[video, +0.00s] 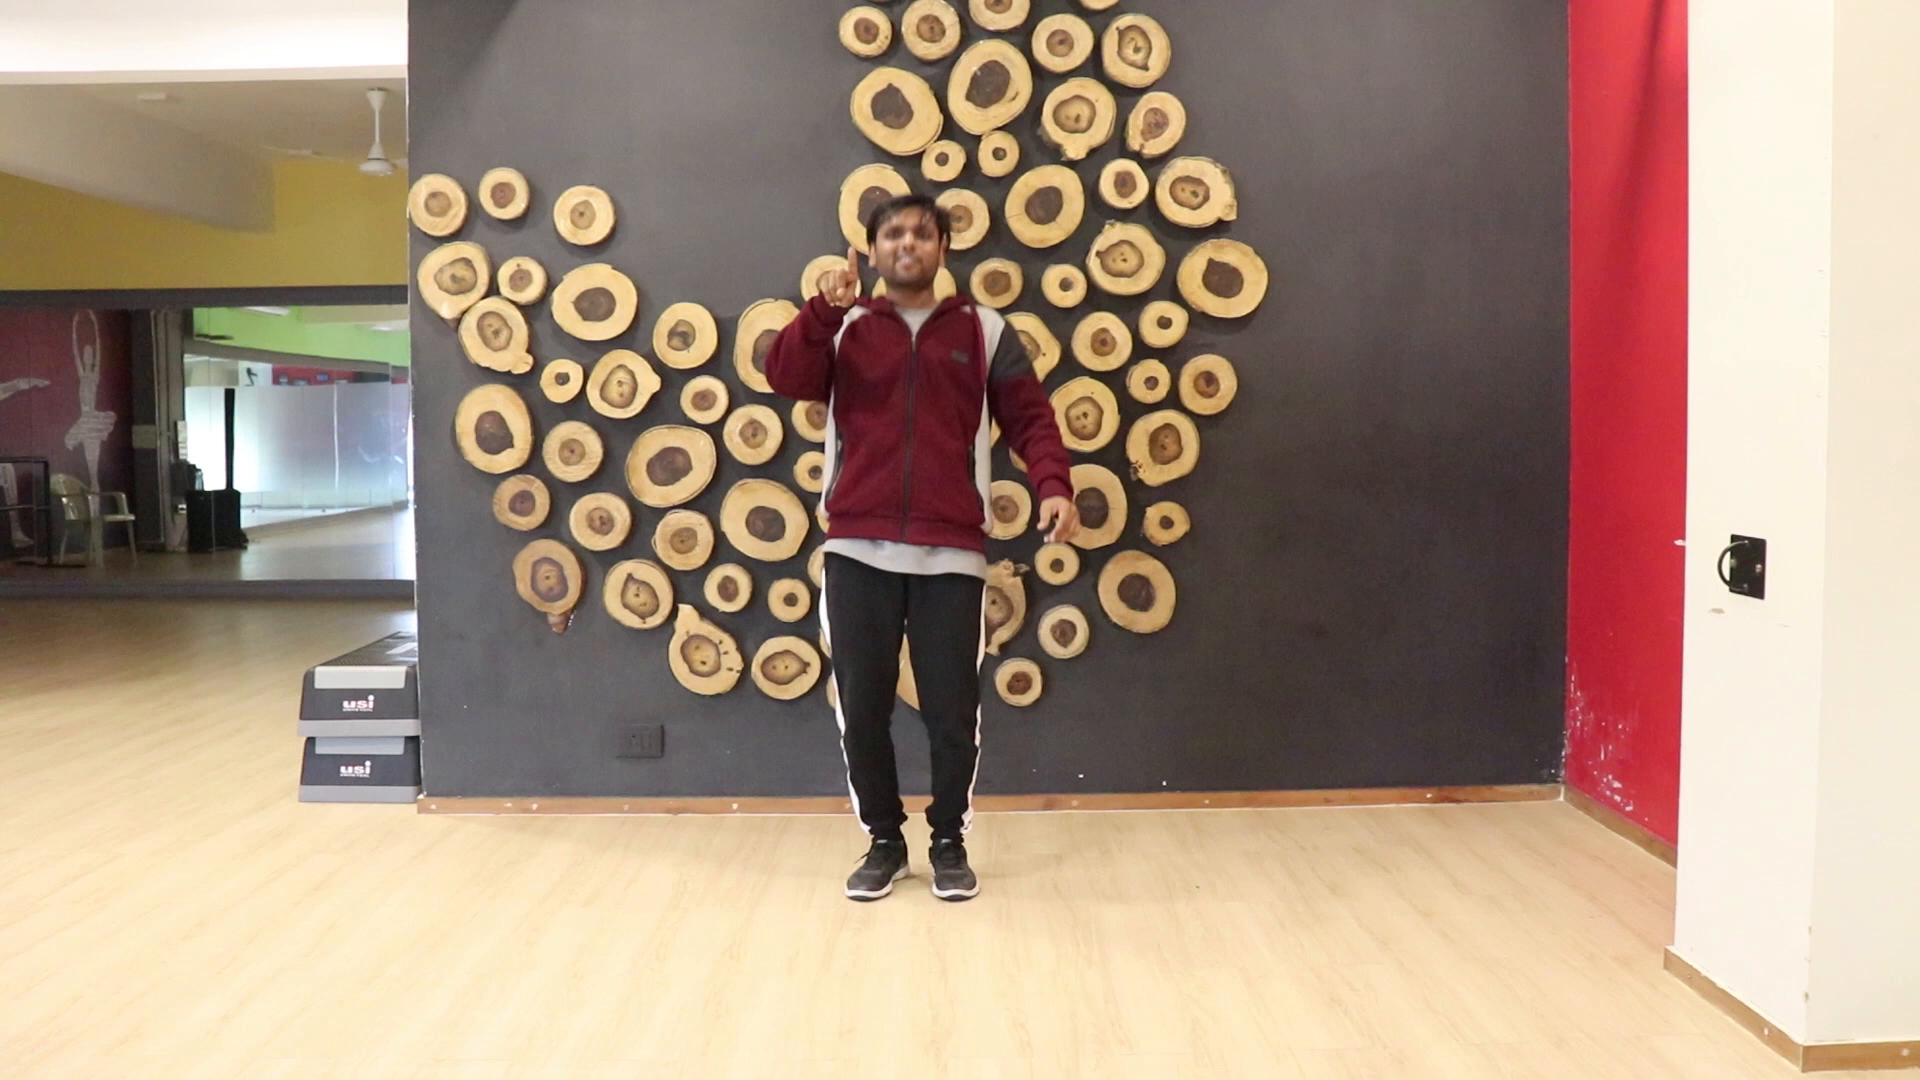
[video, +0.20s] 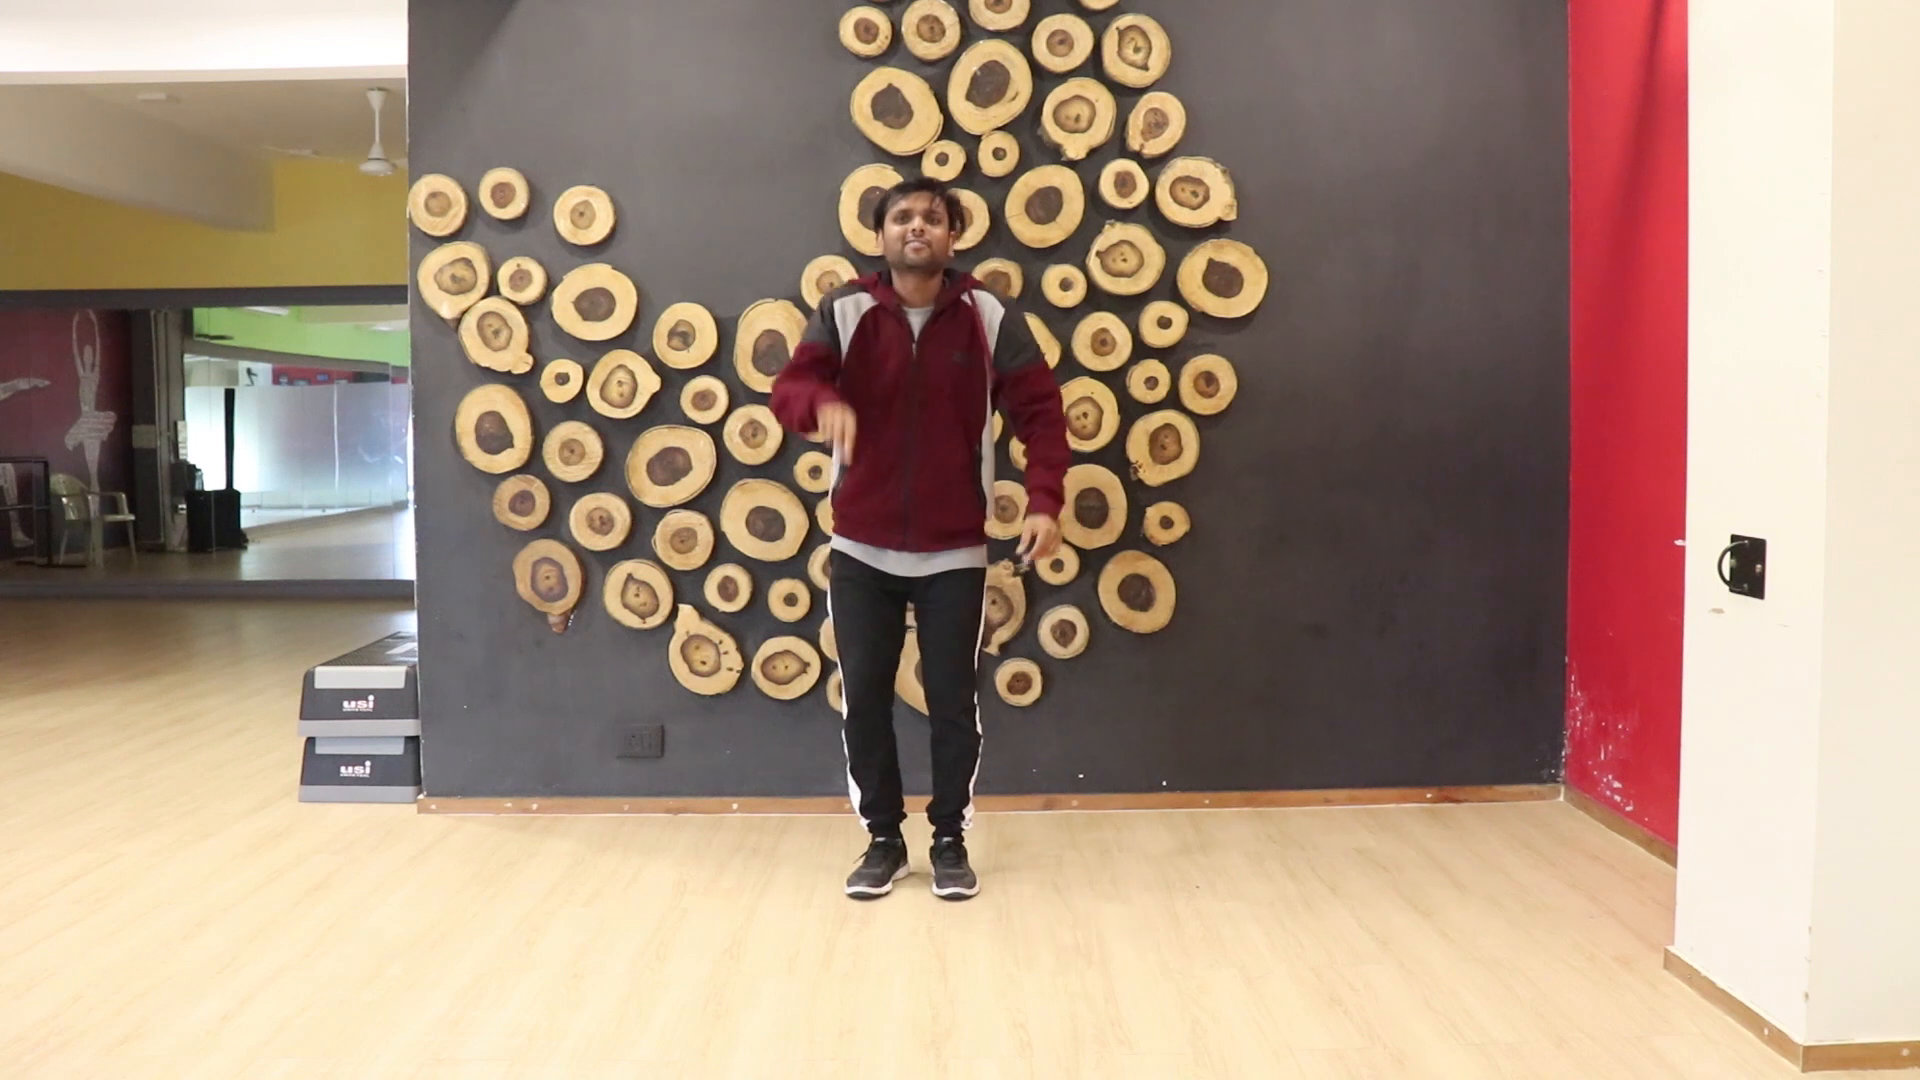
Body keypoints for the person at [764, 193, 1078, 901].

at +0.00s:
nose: (909, 244)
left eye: (921, 233)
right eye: (894, 234)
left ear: (942, 248)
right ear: (872, 252)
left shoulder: (982, 329)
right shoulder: (843, 326)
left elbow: (1029, 417)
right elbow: (787, 377)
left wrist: (1053, 487)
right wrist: (821, 309)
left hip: (949, 545)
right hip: (857, 542)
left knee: (952, 706)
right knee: (861, 706)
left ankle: (949, 843)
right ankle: (883, 843)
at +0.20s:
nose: (917, 227)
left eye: (931, 218)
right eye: (903, 217)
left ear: (952, 238)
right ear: (880, 237)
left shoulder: (988, 317)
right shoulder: (846, 313)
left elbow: (1039, 409)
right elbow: (790, 386)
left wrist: (1044, 501)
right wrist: (821, 403)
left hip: (953, 544)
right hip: (862, 542)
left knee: (951, 700)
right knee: (863, 698)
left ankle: (949, 841)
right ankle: (882, 840)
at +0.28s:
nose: (919, 232)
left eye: (933, 223)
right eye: (904, 222)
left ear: (954, 243)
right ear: (882, 242)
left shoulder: (990, 328)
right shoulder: (845, 324)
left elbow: (1032, 439)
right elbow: (812, 417)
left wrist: (1029, 542)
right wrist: (833, 485)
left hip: (953, 550)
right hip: (864, 546)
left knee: (951, 702)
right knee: (863, 702)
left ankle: (949, 841)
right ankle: (883, 841)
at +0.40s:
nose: (920, 233)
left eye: (934, 224)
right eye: (905, 223)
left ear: (955, 243)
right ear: (882, 243)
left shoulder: (991, 329)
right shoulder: (846, 330)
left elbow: (1018, 449)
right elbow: (824, 446)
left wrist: (997, 549)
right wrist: (843, 539)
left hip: (954, 556)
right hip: (866, 555)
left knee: (951, 706)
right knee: (864, 706)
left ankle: (949, 840)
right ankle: (882, 840)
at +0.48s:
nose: (920, 235)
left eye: (934, 225)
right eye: (905, 224)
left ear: (955, 244)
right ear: (883, 244)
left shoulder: (995, 331)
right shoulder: (847, 330)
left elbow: (1016, 445)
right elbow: (825, 446)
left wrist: (992, 540)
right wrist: (844, 543)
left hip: (953, 557)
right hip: (866, 555)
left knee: (951, 705)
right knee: (860, 704)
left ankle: (949, 841)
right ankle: (882, 841)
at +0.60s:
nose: (923, 243)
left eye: (936, 232)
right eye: (908, 232)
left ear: (957, 250)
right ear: (886, 251)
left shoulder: (998, 334)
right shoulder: (850, 338)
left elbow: (1026, 447)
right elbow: (828, 453)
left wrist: (1002, 540)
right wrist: (847, 553)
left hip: (954, 556)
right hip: (866, 554)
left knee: (944, 703)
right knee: (858, 704)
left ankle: (946, 843)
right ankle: (883, 842)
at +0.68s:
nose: (926, 251)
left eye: (939, 241)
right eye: (910, 241)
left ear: (959, 259)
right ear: (888, 260)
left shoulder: (1003, 341)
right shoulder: (857, 350)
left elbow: (1032, 453)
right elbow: (839, 466)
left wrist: (1006, 542)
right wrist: (861, 565)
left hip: (958, 560)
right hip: (872, 558)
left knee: (943, 705)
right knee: (857, 705)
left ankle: (946, 844)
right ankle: (884, 842)